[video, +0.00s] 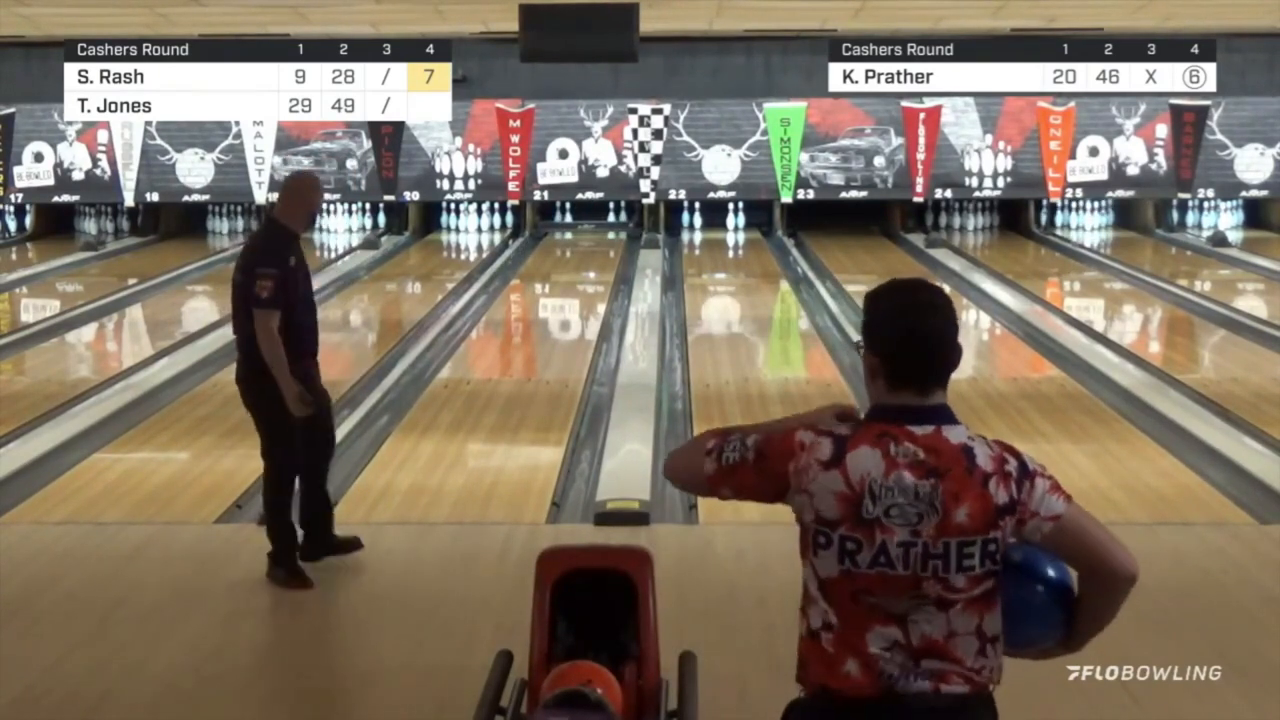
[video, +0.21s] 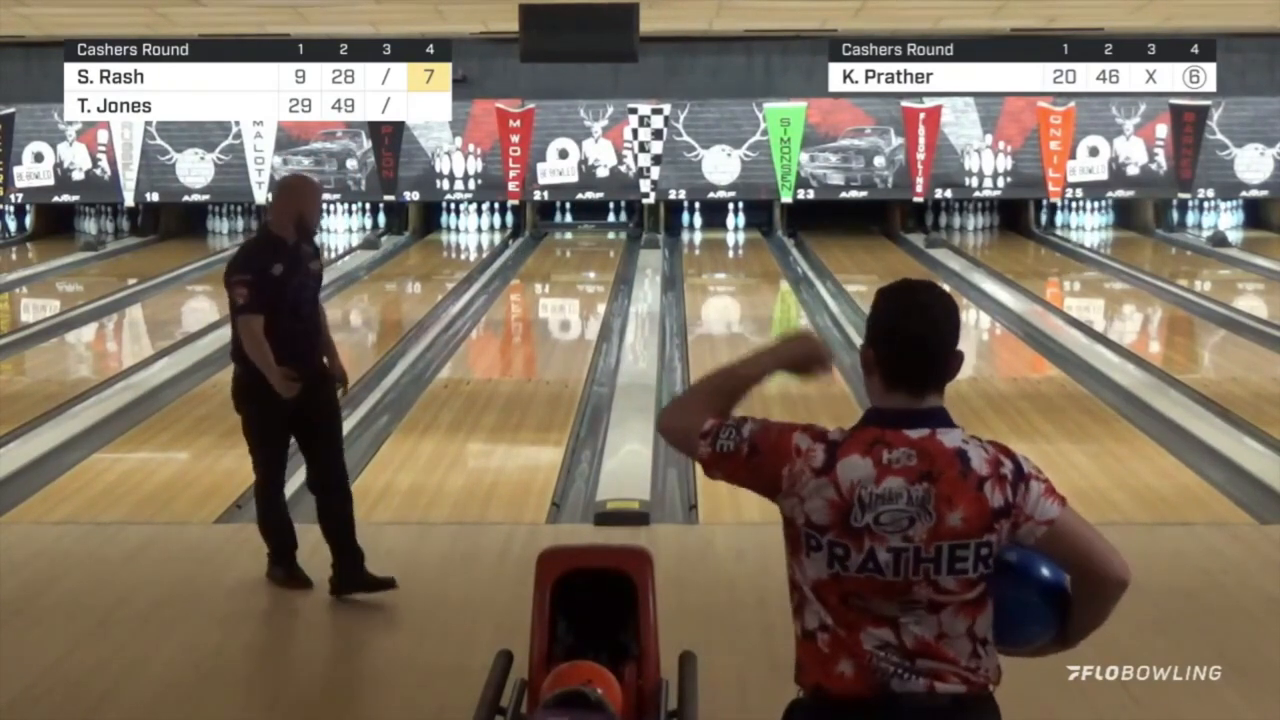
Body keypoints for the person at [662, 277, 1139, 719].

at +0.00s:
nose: (866, 358)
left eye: (865, 348)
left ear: (870, 361)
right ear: (955, 361)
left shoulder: (815, 459)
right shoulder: (1001, 470)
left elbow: (682, 465)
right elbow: (1115, 569)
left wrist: (802, 425)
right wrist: (1063, 636)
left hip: (838, 698)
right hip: (960, 700)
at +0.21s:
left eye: (867, 347)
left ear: (867, 361)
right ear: (955, 367)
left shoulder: (808, 460)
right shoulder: (998, 471)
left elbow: (680, 421)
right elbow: (1108, 574)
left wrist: (771, 358)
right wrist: (1044, 632)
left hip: (835, 699)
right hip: (959, 700)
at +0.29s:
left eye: (866, 347)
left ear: (865, 360)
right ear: (954, 368)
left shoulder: (808, 461)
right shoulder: (998, 472)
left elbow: (685, 397)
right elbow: (1107, 573)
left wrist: (754, 307)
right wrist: (1044, 631)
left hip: (836, 699)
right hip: (960, 700)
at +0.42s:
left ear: (860, 361)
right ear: (949, 368)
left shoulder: (809, 459)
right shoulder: (994, 471)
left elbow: (704, 369)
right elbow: (1105, 572)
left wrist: (778, 267)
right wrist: (1051, 631)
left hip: (834, 699)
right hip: (958, 699)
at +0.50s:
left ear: (860, 360)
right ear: (948, 367)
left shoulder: (808, 457)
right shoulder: (992, 469)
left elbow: (712, 362)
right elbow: (1104, 571)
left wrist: (807, 295)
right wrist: (1050, 632)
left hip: (835, 695)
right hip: (956, 695)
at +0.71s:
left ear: (867, 366)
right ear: (949, 369)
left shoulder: (813, 456)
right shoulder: (996, 471)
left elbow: (724, 340)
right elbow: (1104, 575)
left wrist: (842, 354)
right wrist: (1048, 637)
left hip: (835, 693)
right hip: (956, 694)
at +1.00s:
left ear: (853, 370)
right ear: (936, 370)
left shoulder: (813, 457)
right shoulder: (990, 469)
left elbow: (741, 330)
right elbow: (1101, 569)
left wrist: (854, 366)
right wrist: (1046, 632)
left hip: (833, 697)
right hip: (953, 699)